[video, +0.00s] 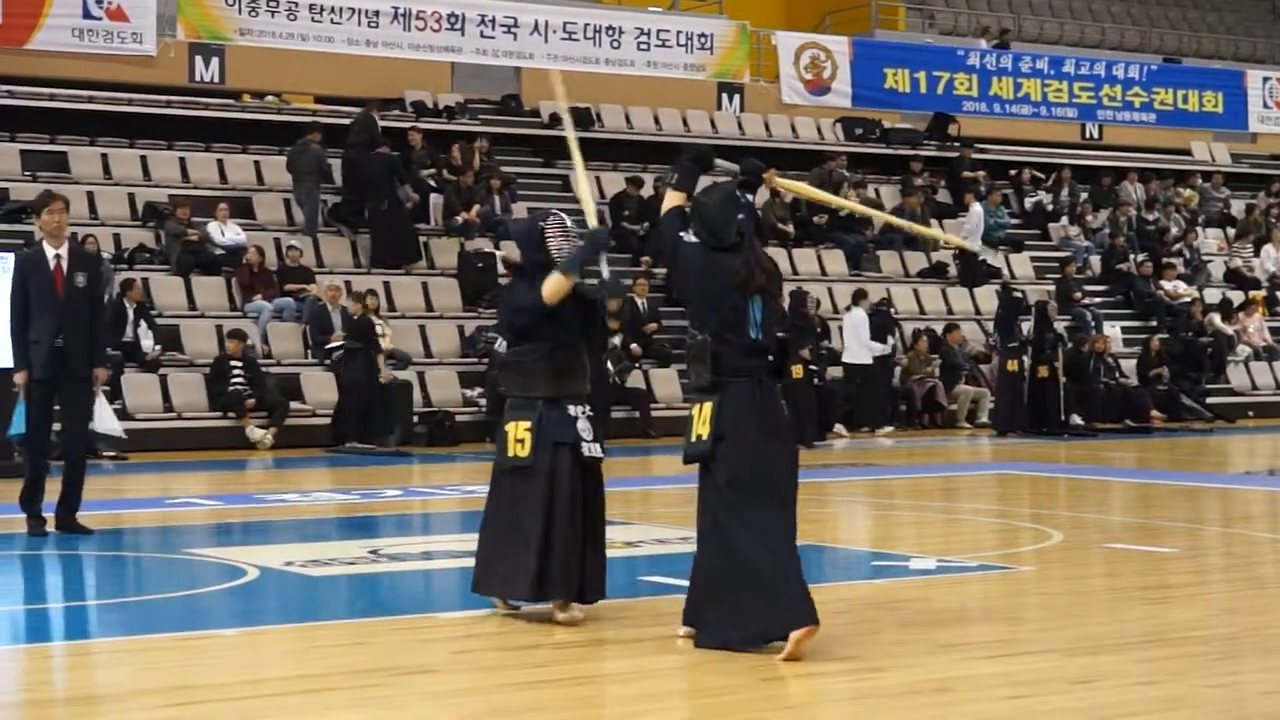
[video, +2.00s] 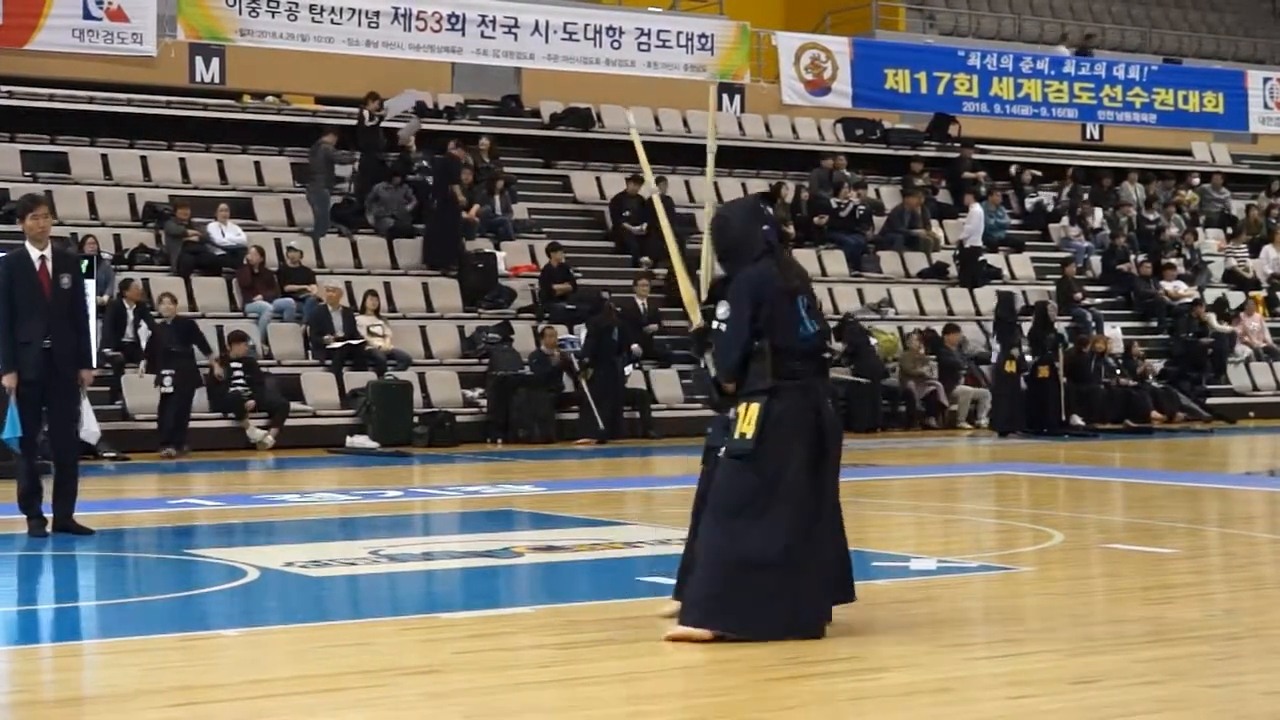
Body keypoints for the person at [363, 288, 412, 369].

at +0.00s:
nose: (373, 302)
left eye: (375, 299)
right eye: (370, 299)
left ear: (378, 301)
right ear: (365, 301)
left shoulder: (381, 318)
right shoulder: (363, 318)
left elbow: (388, 332)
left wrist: (386, 344)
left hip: (385, 347)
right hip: (372, 349)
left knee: (406, 358)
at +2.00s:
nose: (374, 302)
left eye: (376, 300)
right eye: (371, 299)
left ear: (379, 302)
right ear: (365, 301)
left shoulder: (382, 319)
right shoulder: (358, 319)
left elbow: (388, 333)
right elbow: (362, 337)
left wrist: (387, 344)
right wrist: (377, 345)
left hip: (384, 346)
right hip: (370, 347)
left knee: (406, 358)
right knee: (381, 359)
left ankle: (393, 378)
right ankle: (381, 381)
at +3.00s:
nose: (375, 302)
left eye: (377, 299)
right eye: (372, 299)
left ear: (380, 302)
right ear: (365, 301)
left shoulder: (382, 318)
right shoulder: (359, 319)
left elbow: (389, 332)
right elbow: (362, 336)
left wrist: (387, 344)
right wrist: (378, 344)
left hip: (385, 345)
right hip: (371, 346)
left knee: (407, 358)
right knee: (382, 359)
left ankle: (394, 379)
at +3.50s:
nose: (376, 302)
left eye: (378, 299)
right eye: (373, 299)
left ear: (380, 302)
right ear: (366, 301)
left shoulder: (383, 318)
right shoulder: (360, 319)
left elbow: (390, 332)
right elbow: (363, 336)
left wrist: (388, 344)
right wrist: (379, 345)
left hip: (386, 345)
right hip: (372, 347)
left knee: (407, 358)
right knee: (383, 359)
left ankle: (394, 380)